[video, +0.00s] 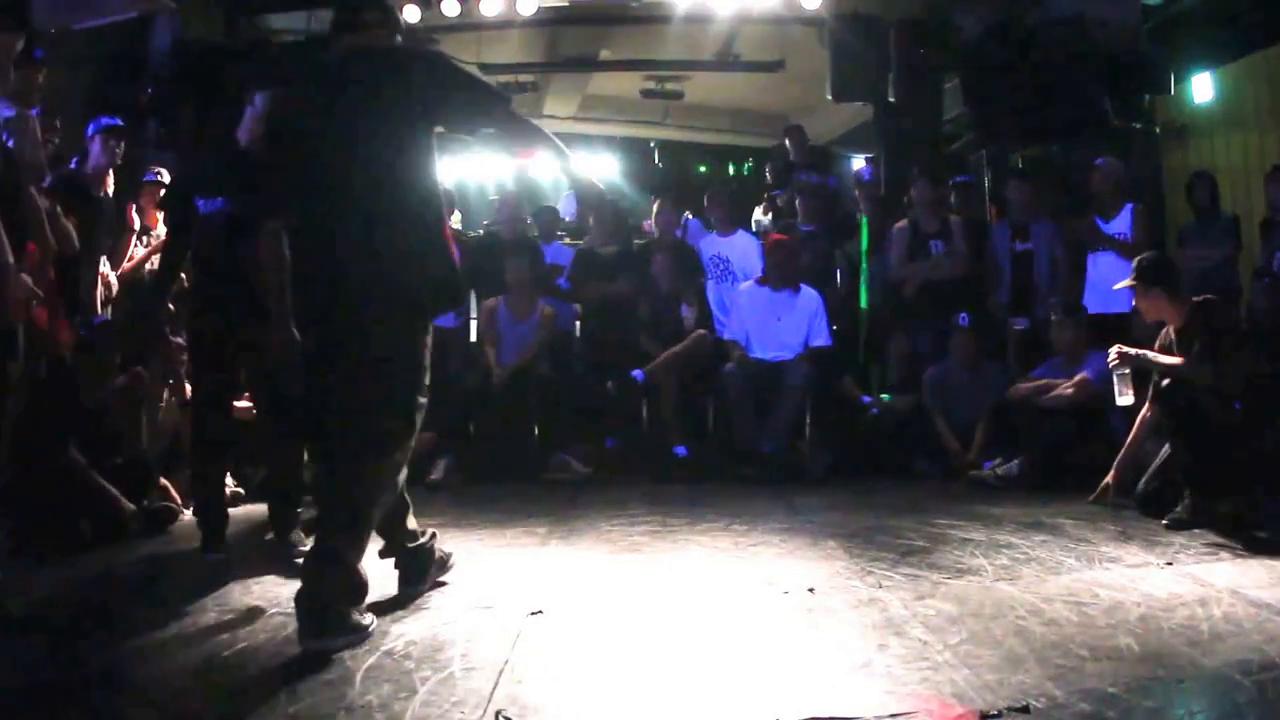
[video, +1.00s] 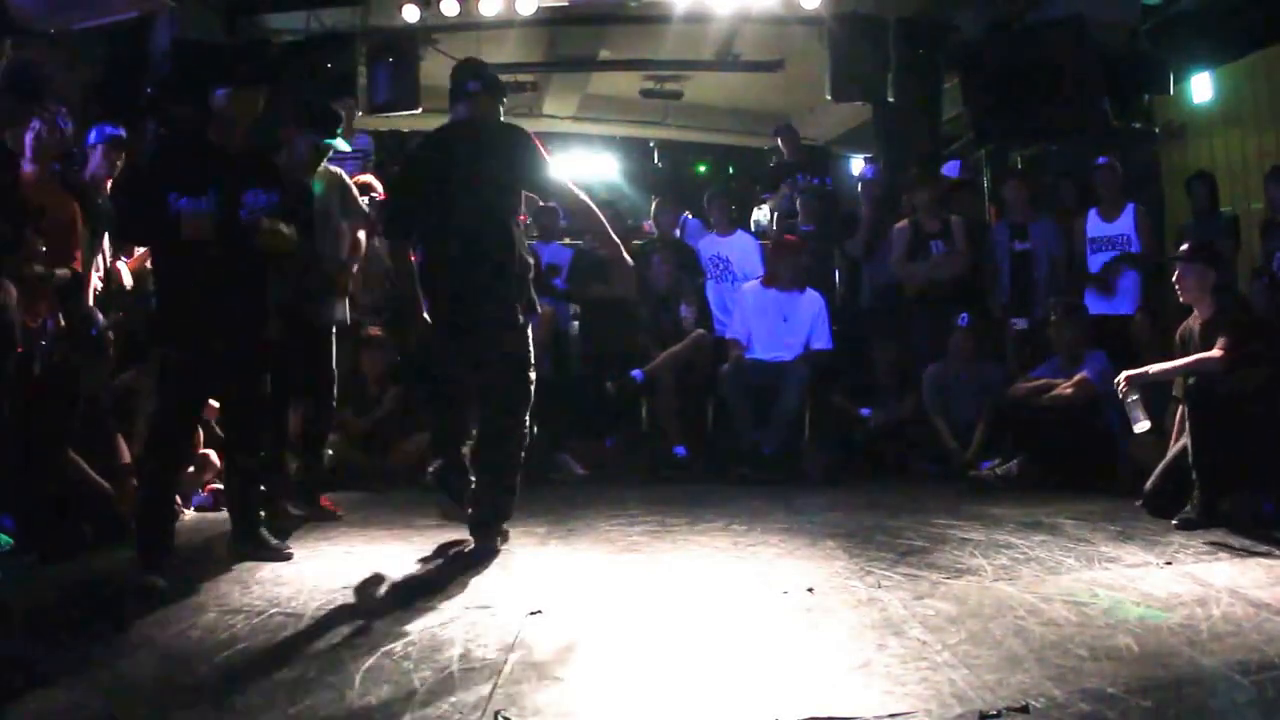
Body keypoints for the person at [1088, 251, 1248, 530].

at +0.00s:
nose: (1135, 303)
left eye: (1138, 293)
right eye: (1133, 294)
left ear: (1159, 293)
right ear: (1156, 295)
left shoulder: (1209, 313)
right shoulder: (1166, 341)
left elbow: (1203, 367)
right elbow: (1151, 411)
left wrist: (1140, 357)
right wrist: (1117, 472)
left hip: (1232, 426)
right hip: (1197, 430)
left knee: (1173, 395)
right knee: (1149, 498)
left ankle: (1196, 497)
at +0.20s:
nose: (1148, 293)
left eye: (1152, 283)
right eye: (1148, 284)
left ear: (1175, 283)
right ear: (1169, 287)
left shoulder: (1217, 310)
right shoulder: (1174, 334)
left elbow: (1211, 363)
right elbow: (1170, 411)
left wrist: (1143, 357)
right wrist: (1149, 474)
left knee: (1181, 386)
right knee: (1152, 497)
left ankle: (1197, 498)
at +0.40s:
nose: (1154, 288)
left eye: (1159, 278)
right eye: (1154, 280)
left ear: (1184, 279)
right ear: (1178, 281)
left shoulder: (1223, 310)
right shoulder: (1178, 332)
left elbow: (1215, 361)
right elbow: (1181, 407)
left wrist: (1142, 363)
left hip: (1239, 427)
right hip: (1202, 432)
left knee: (1189, 386)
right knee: (1150, 495)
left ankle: (1198, 501)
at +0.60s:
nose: (1160, 283)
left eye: (1168, 274)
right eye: (1161, 274)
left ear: (1194, 275)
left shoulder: (1228, 310)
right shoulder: (1181, 333)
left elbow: (1217, 358)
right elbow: (1179, 402)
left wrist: (1143, 371)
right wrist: (1176, 450)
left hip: (1246, 430)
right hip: (1206, 435)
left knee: (1194, 391)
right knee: (1152, 496)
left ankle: (1201, 502)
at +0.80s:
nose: (1167, 281)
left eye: (1176, 272)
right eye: (1168, 272)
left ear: (1203, 276)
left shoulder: (1233, 312)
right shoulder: (1182, 332)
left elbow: (1220, 358)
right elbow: (1181, 405)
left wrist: (1145, 369)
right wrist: (1175, 461)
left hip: (1251, 429)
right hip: (1212, 433)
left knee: (1197, 391)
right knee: (1158, 497)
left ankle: (1204, 503)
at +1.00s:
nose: (1175, 280)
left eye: (1185, 272)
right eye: (1176, 272)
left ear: (1210, 277)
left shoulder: (1236, 312)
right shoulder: (1186, 332)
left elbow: (1220, 358)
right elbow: (1184, 404)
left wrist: (1144, 373)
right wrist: (1174, 457)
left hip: (1250, 427)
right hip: (1210, 431)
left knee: (1198, 391)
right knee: (1156, 499)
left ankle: (1205, 505)